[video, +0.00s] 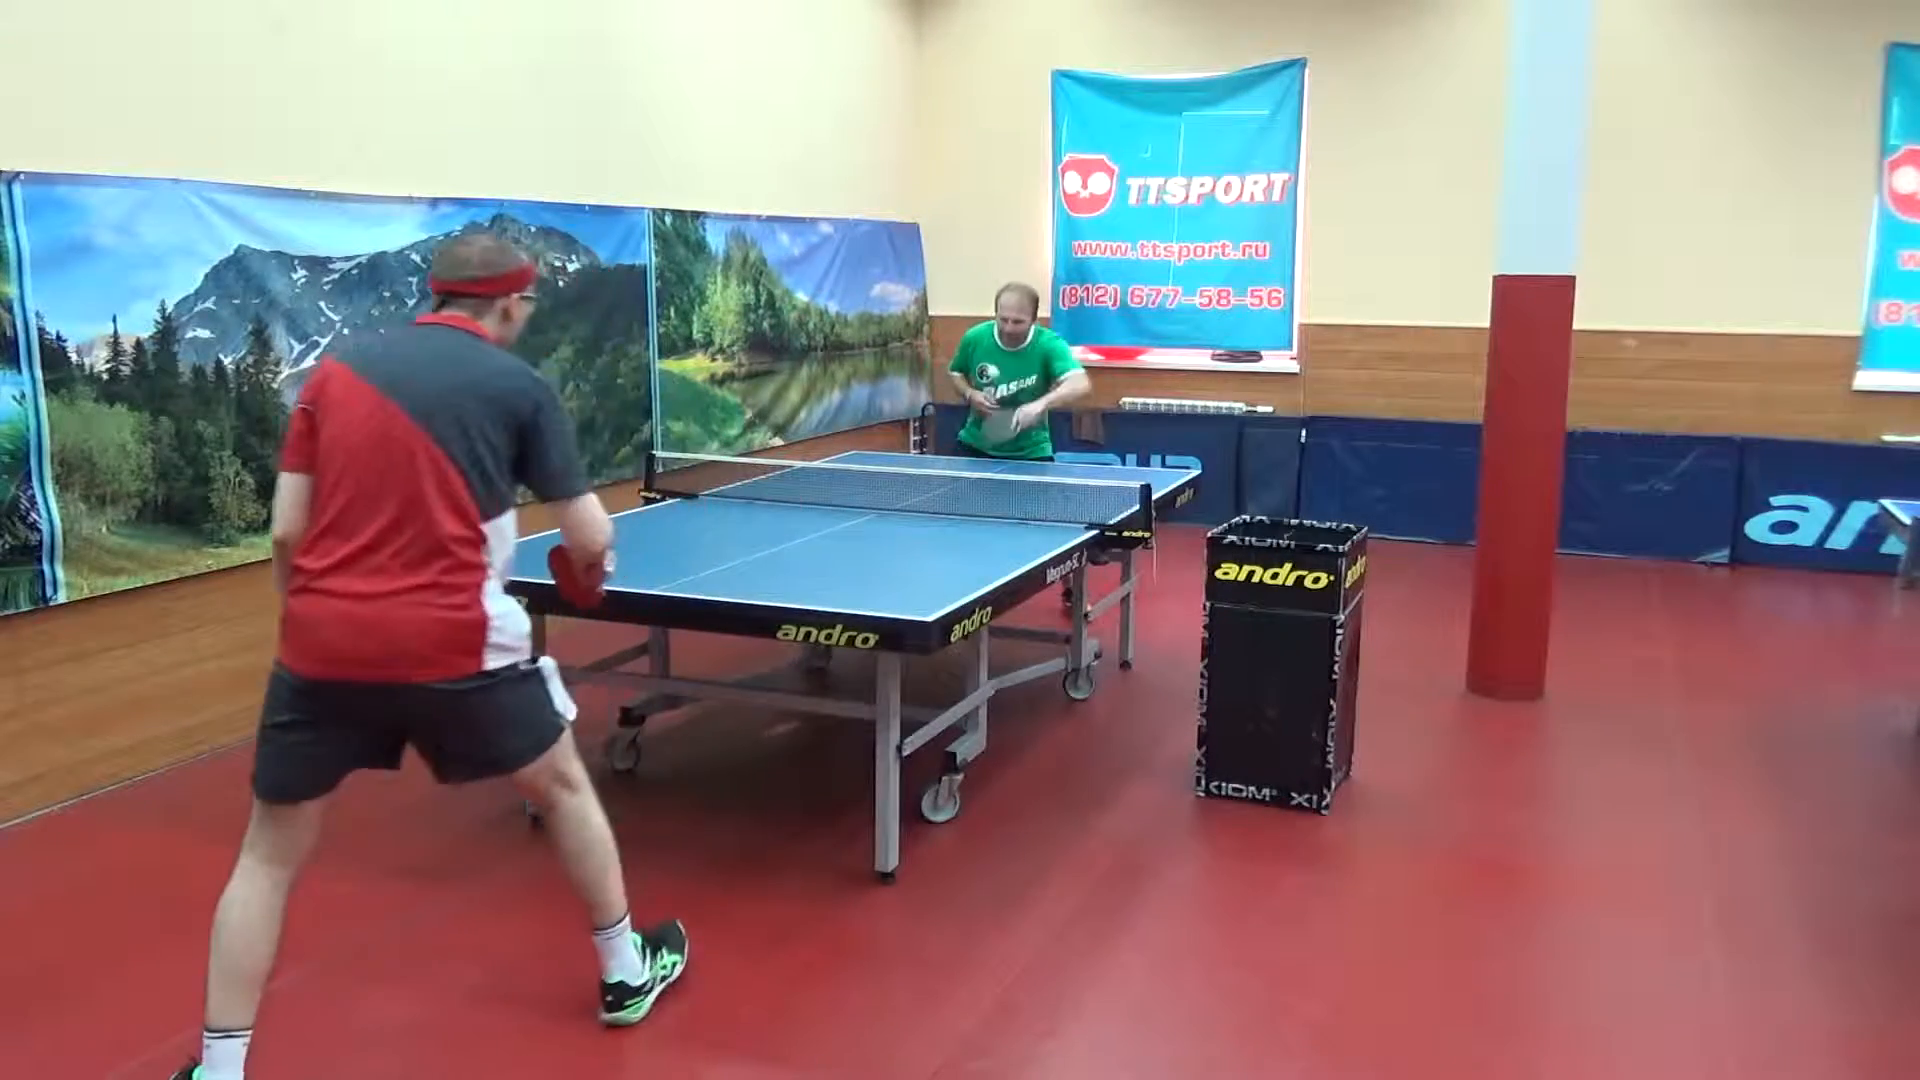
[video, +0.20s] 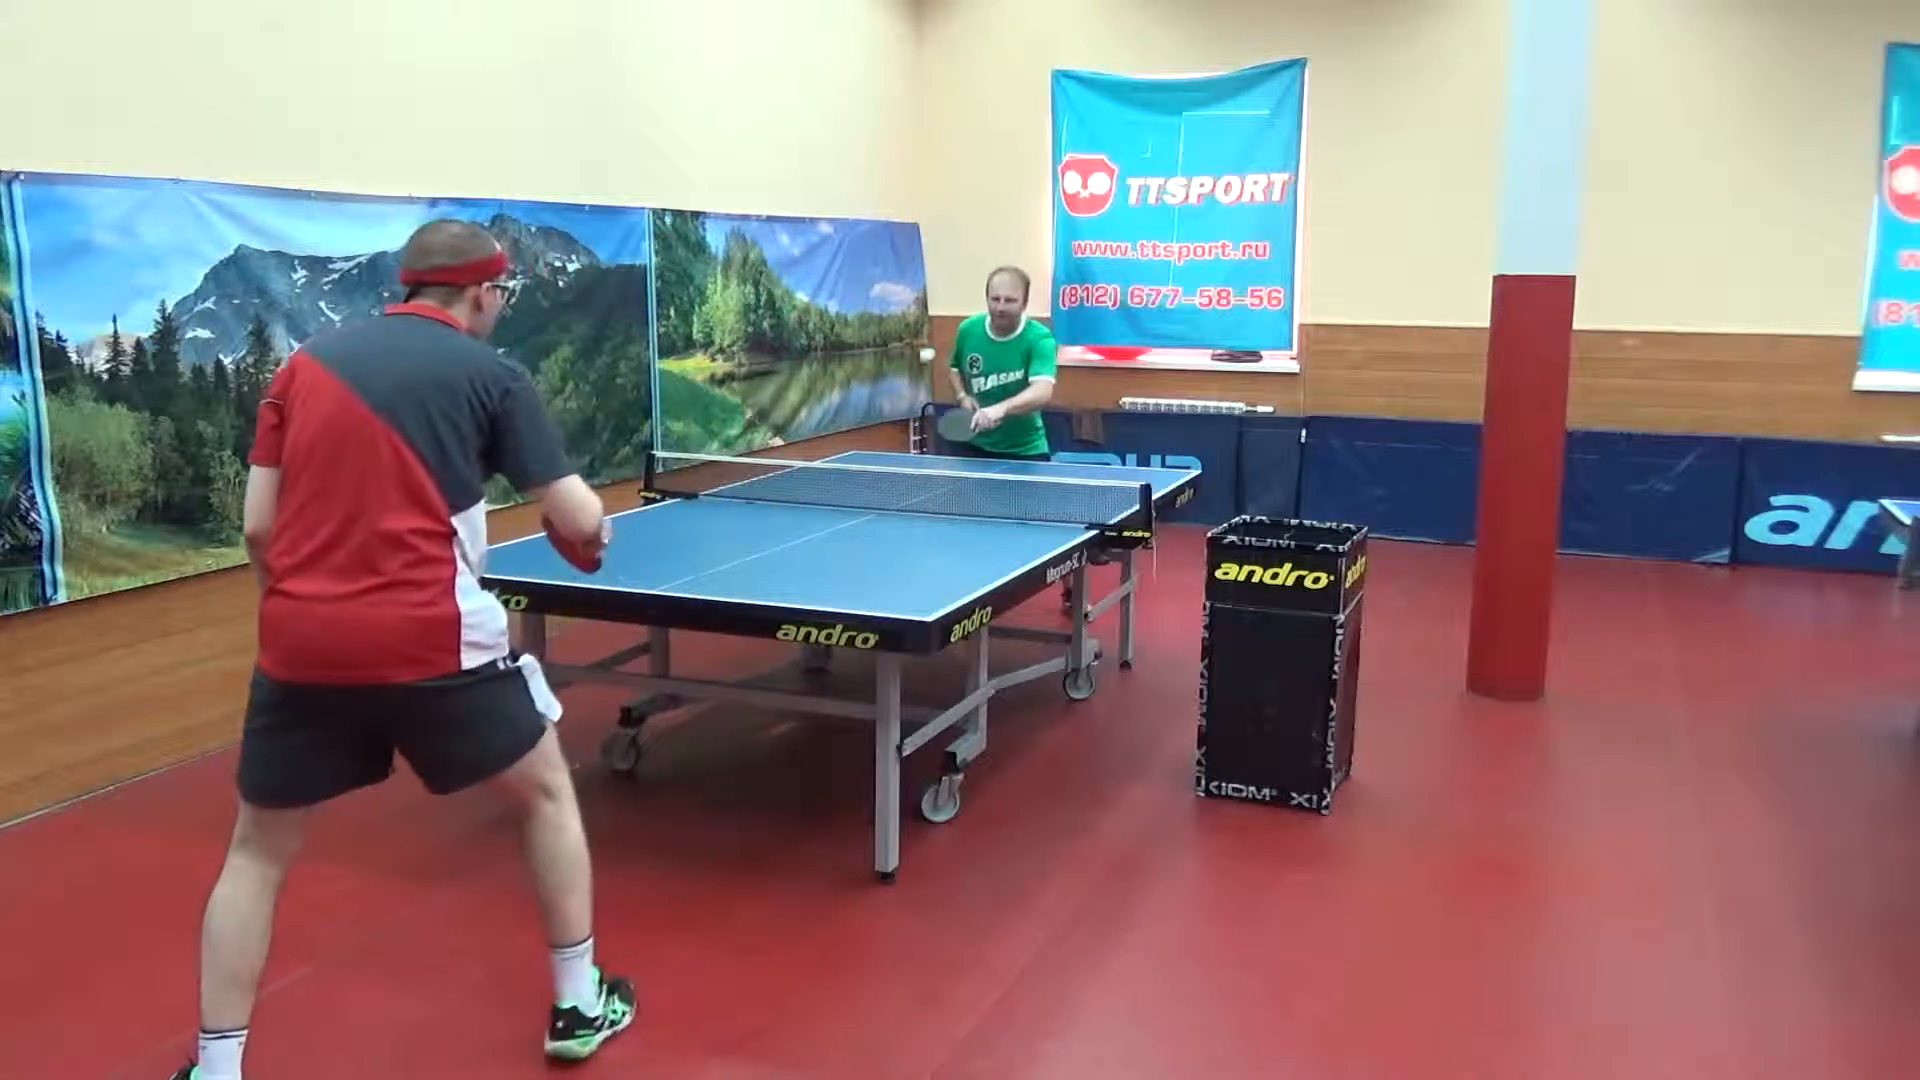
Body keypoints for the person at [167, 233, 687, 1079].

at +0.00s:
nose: (528, 315)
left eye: (527, 302)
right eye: (527, 303)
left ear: (438, 296)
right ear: (508, 304)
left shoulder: (337, 364)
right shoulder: (518, 387)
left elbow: (288, 530)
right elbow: (588, 534)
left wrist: (317, 610)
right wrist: (584, 567)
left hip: (322, 650)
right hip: (462, 649)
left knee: (267, 856)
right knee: (563, 788)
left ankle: (218, 1067)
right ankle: (624, 967)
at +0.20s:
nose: (502, 306)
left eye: (500, 292)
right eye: (499, 292)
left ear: (409, 289)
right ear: (476, 294)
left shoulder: (307, 360)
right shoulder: (487, 373)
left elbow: (260, 527)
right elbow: (577, 521)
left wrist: (312, 597)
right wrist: (587, 538)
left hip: (301, 649)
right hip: (440, 644)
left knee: (256, 853)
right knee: (546, 793)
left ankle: (216, 1066)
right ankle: (579, 1001)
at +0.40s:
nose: (546, 324)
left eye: (544, 309)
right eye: (544, 310)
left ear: (456, 303)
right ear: (525, 311)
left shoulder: (359, 373)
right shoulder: (529, 387)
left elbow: (312, 536)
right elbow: (642, 510)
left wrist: (367, 607)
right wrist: (613, 524)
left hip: (353, 663)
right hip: (490, 657)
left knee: (289, 852)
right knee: (604, 796)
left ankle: (223, 1065)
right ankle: (669, 974)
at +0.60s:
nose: (607, 319)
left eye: (605, 309)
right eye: (605, 309)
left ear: (518, 303)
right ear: (590, 306)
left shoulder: (445, 376)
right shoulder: (621, 376)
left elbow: (403, 542)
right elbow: (753, 450)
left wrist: (423, 628)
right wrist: (698, 488)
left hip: (449, 651)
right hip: (585, 651)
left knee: (349, 842)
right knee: (650, 782)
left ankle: (261, 1060)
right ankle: (671, 978)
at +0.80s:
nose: (632, 308)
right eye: (630, 297)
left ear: (537, 290)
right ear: (617, 293)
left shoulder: (487, 372)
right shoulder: (656, 367)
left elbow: (456, 542)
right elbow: (725, 447)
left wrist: (431, 630)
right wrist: (731, 484)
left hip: (490, 642)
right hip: (623, 642)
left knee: (386, 826)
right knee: (662, 782)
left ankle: (312, 1047)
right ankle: (673, 976)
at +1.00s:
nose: (642, 318)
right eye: (643, 307)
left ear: (557, 296)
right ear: (637, 309)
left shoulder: (490, 370)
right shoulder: (661, 396)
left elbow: (432, 524)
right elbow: (644, 508)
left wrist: (378, 623)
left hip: (468, 647)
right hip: (601, 654)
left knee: (354, 832)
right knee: (650, 784)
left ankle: (273, 1062)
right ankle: (672, 976)